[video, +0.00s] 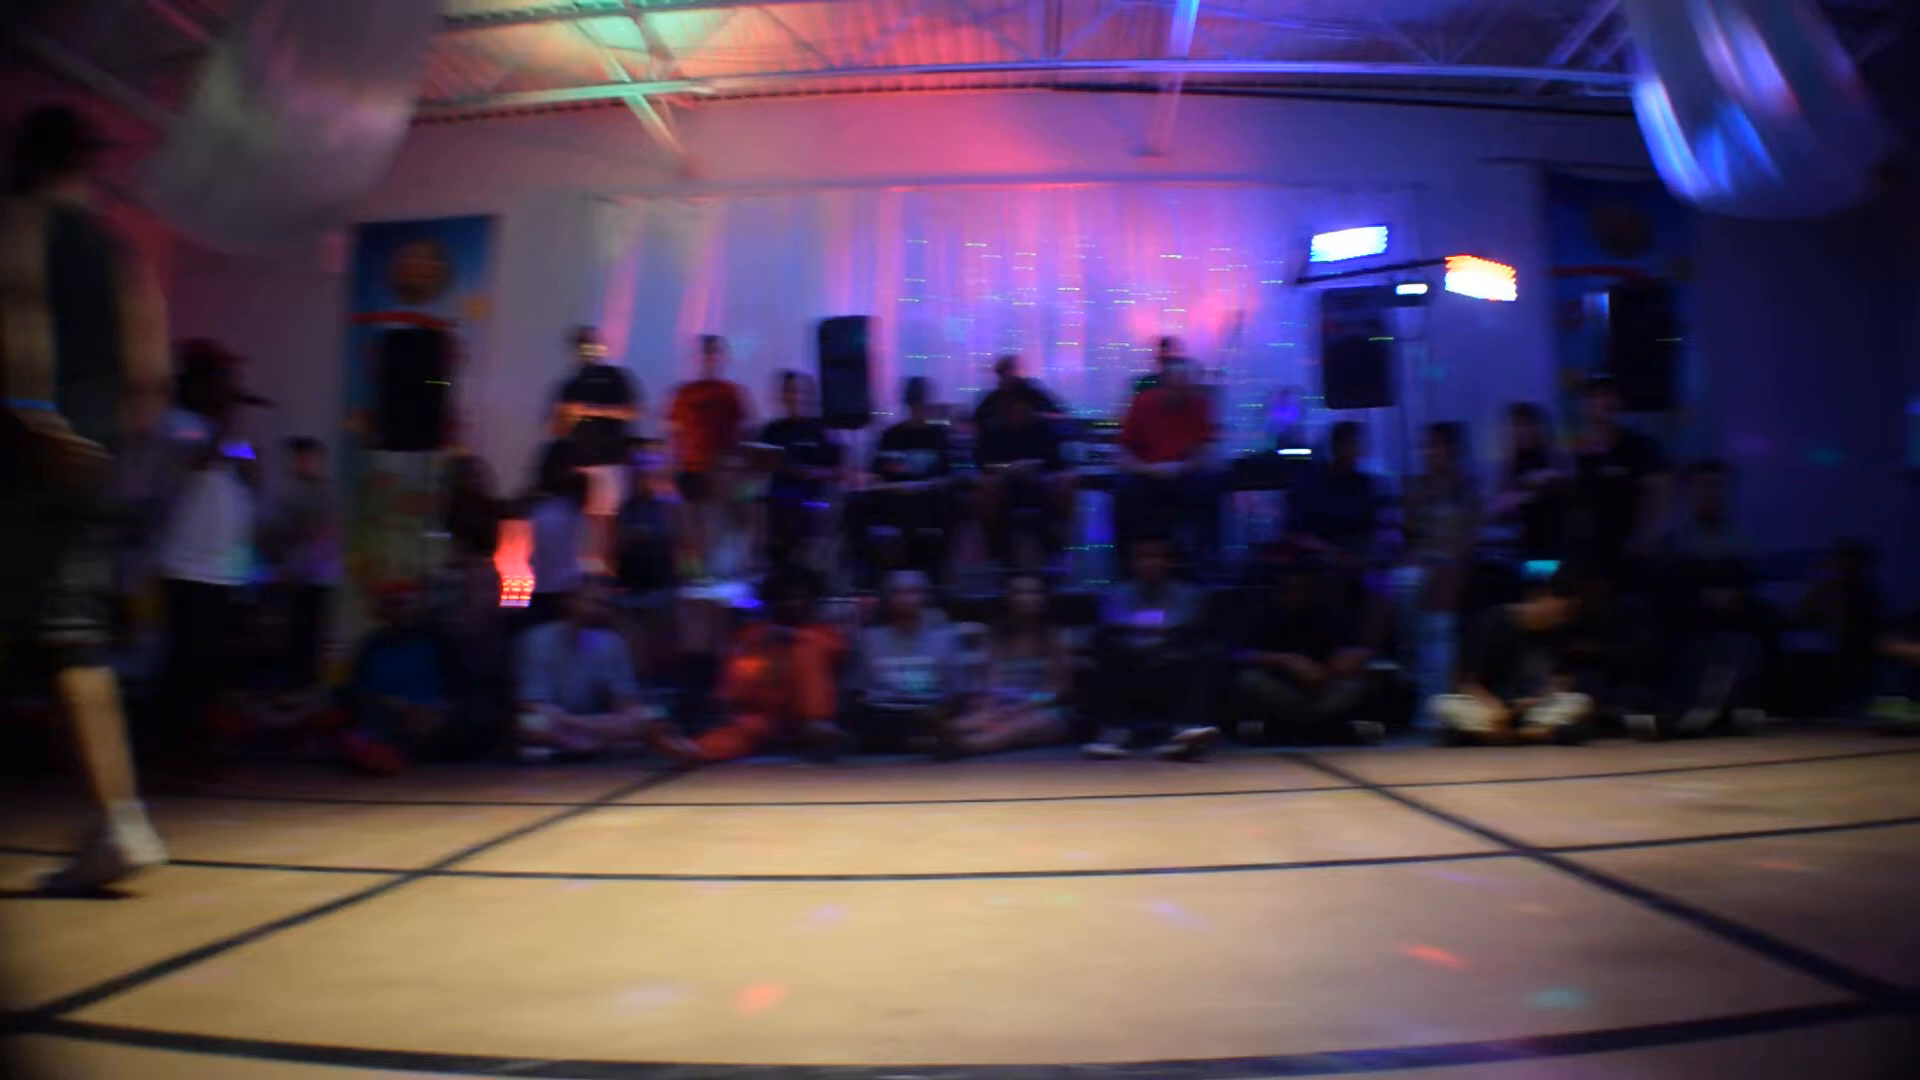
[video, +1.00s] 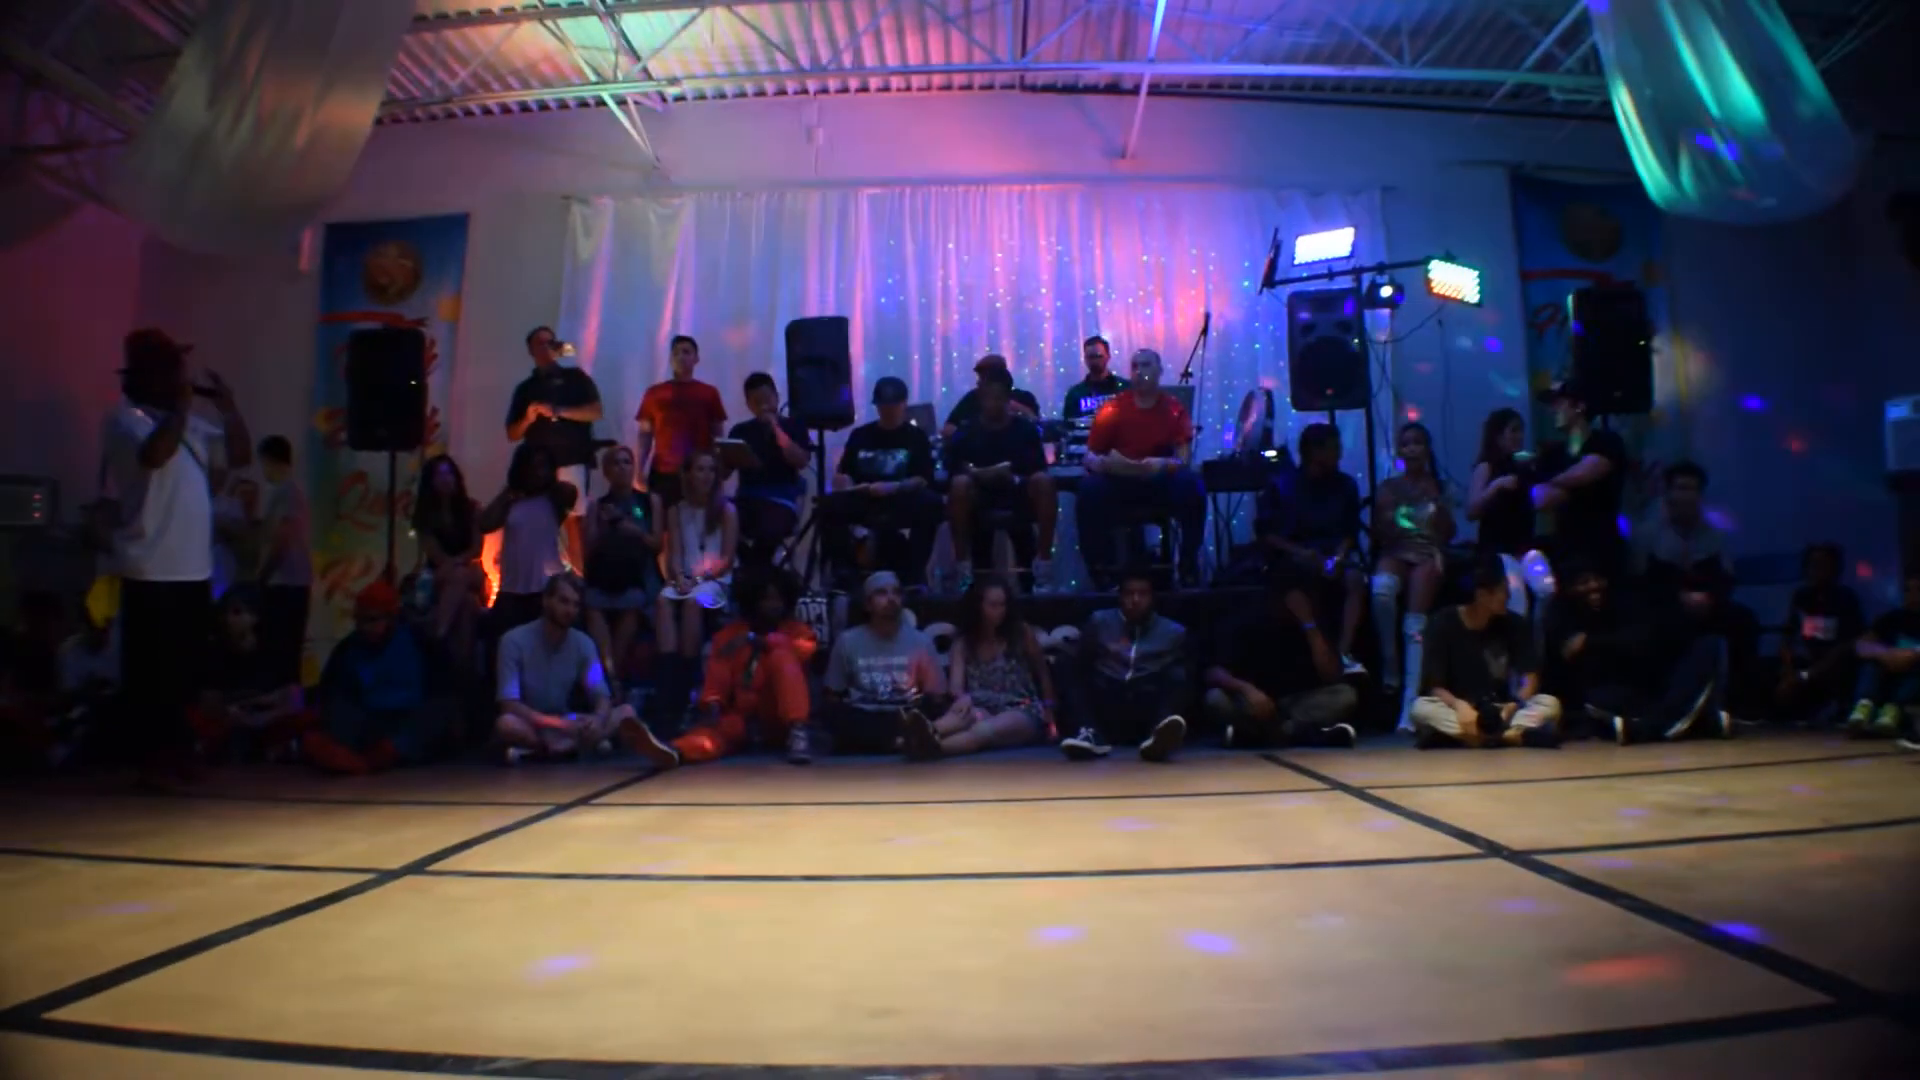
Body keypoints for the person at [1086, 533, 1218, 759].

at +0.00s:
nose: (1149, 565)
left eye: (1156, 558)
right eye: (1143, 558)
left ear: (1167, 562)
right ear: (1134, 563)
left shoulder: (1185, 596)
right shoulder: (1120, 596)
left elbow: (1187, 627)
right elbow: (1110, 627)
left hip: (1172, 666)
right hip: (1129, 664)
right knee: (1110, 663)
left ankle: (1187, 727)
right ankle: (1114, 730)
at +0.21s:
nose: (1089, 587)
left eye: (1096, 580)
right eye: (1084, 580)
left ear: (1107, 583)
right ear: (1076, 585)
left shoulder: (1133, 610)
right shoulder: (1064, 611)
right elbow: (1059, 649)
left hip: (1121, 685)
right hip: (1078, 686)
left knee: (1152, 663)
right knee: (1046, 653)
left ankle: (1136, 731)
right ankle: (1069, 732)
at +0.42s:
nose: (1086, 615)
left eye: (1093, 609)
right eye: (1081, 609)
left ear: (1105, 609)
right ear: (1075, 610)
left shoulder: (1133, 627)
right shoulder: (1063, 628)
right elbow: (1063, 670)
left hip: (1123, 705)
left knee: (1155, 674)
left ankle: (1139, 735)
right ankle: (1069, 733)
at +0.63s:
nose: (1092, 617)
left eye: (1098, 610)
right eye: (1087, 611)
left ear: (1111, 611)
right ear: (1081, 612)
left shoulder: (1137, 633)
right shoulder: (1064, 631)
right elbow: (1061, 672)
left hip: (1125, 710)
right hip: (1081, 710)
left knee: (1155, 679)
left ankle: (1138, 737)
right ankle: (1066, 734)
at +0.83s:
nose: (1131, 607)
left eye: (1138, 600)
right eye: (1125, 600)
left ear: (1148, 603)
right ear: (1118, 603)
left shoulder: (1171, 631)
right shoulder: (1101, 626)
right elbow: (1088, 663)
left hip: (1151, 702)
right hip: (1106, 700)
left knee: (1182, 677)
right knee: (1074, 673)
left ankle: (1163, 737)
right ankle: (1091, 733)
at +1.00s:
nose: (1135, 600)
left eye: (1142, 594)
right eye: (1129, 594)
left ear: (1151, 598)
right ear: (1120, 598)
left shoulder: (1173, 633)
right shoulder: (1100, 623)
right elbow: (1083, 663)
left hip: (1148, 703)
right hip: (1104, 701)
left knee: (1177, 678)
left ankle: (1158, 736)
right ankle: (1089, 732)